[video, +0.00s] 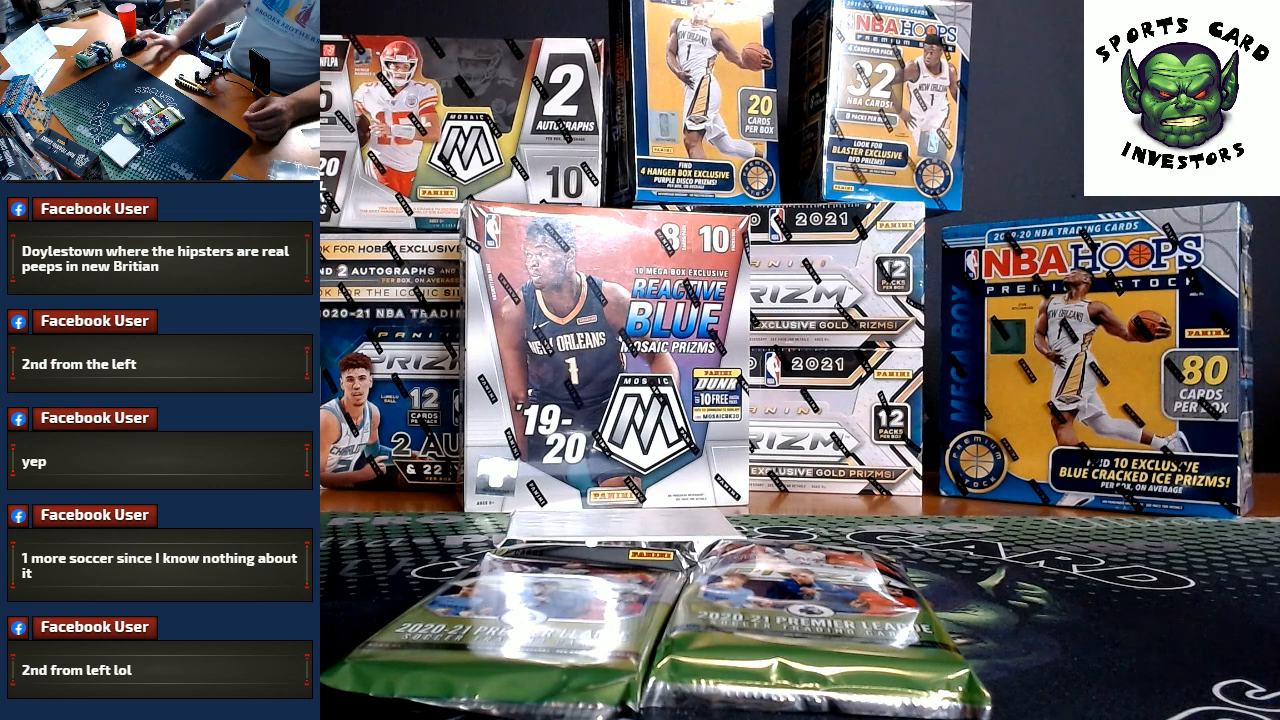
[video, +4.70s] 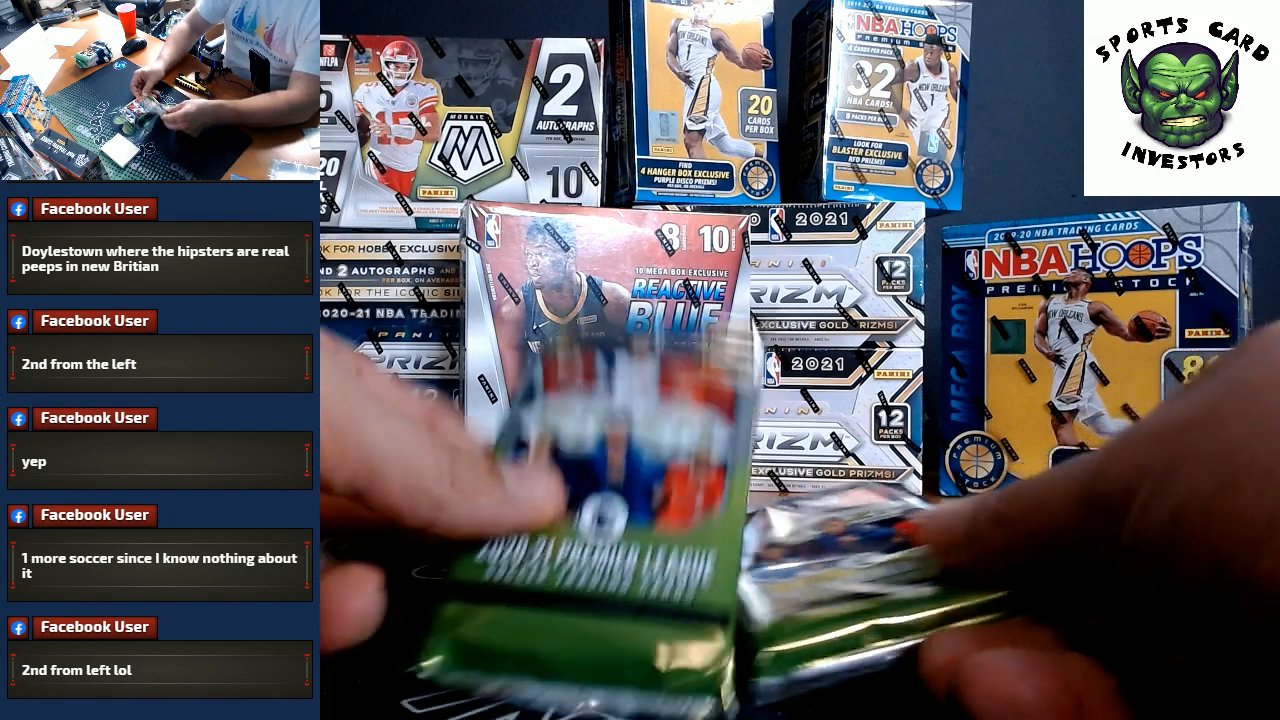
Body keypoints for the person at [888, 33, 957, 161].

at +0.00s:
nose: (928, 53)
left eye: (933, 50)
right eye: (926, 48)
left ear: (941, 52)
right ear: (923, 49)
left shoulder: (949, 71)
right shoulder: (913, 69)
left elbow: (956, 94)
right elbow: (886, 83)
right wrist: (900, 111)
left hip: (940, 117)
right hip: (918, 119)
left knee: (940, 154)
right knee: (923, 155)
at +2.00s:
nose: (929, 52)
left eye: (933, 49)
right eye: (926, 48)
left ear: (941, 52)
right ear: (923, 49)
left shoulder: (949, 70)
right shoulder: (913, 69)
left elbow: (955, 92)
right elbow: (886, 83)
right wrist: (900, 111)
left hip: (940, 117)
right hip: (918, 118)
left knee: (940, 154)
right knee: (922, 155)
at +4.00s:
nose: (928, 52)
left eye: (933, 48)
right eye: (926, 47)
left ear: (941, 51)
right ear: (923, 48)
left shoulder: (949, 70)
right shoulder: (913, 69)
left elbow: (955, 93)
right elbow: (888, 83)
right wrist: (900, 111)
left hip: (941, 118)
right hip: (918, 119)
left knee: (940, 155)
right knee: (922, 156)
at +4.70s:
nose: (928, 55)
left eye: (932, 52)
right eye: (926, 51)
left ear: (941, 52)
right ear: (923, 50)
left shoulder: (949, 70)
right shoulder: (913, 68)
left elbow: (955, 92)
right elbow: (888, 83)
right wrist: (900, 111)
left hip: (940, 117)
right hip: (918, 118)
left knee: (940, 153)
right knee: (924, 153)